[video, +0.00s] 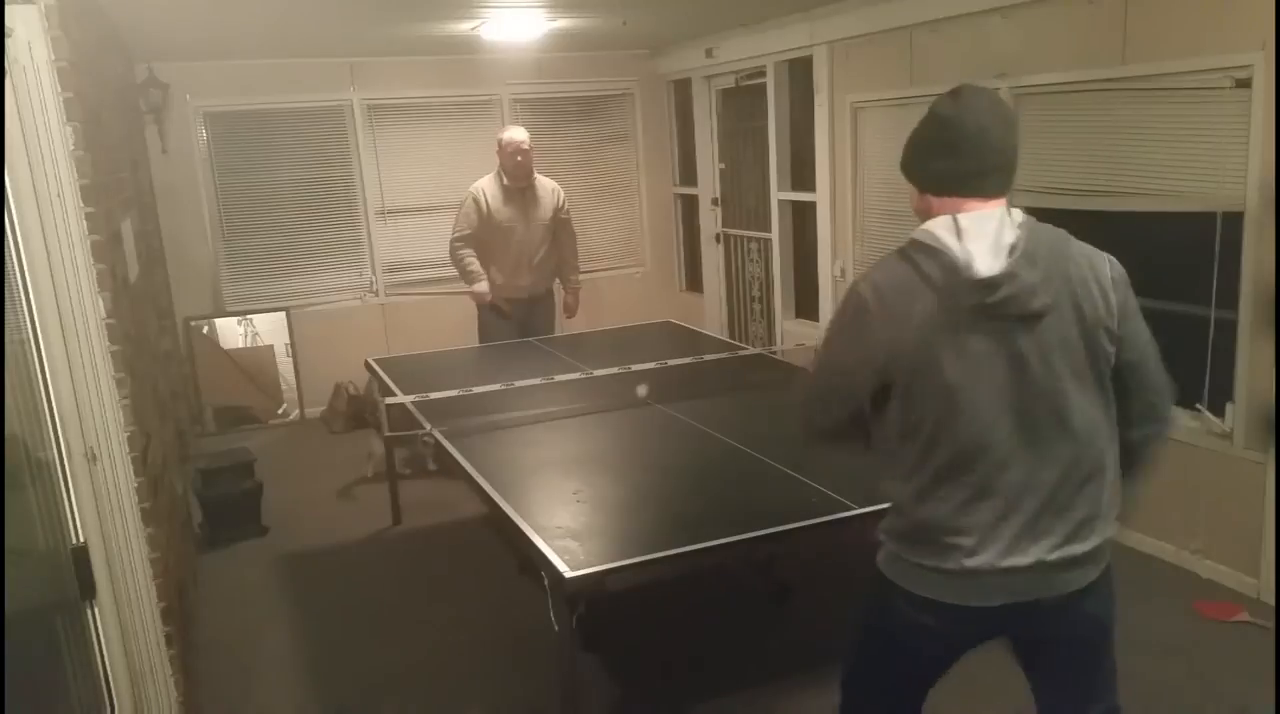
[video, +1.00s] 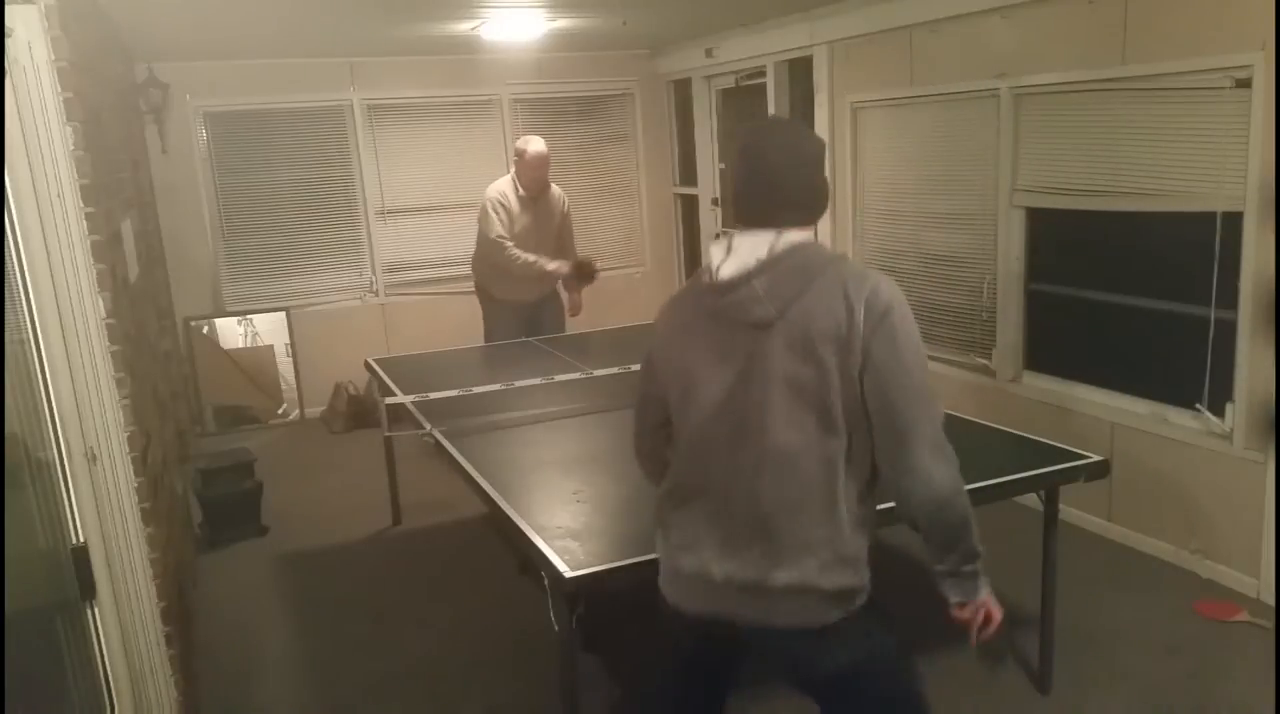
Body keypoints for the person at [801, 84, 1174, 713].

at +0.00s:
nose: (913, 195)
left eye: (912, 182)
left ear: (919, 188)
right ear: (1008, 176)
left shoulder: (884, 294)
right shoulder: (1095, 275)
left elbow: (825, 418)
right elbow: (1149, 410)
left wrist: (913, 428)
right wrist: (1098, 481)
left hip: (933, 590)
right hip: (1071, 587)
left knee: (874, 705)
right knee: (1087, 707)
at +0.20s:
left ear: (890, 176)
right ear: (978, 177)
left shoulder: (844, 277)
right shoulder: (1046, 281)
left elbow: (791, 320)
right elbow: (1120, 447)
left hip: (880, 571)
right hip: (1008, 572)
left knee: (849, 697)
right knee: (1070, 699)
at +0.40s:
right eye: (924, 124)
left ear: (843, 131)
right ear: (926, 137)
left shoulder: (797, 235)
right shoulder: (948, 230)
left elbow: (791, 360)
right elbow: (880, 370)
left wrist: (797, 452)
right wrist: (802, 458)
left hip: (827, 535)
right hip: (927, 538)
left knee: (824, 694)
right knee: (988, 693)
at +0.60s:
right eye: (862, 93)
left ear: (783, 107)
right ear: (869, 106)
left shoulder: (748, 211)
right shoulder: (894, 192)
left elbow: (745, 356)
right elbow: (872, 353)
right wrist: (815, 492)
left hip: (770, 519)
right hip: (869, 531)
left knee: (794, 690)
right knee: (868, 693)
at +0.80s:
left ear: (757, 183)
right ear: (843, 184)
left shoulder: (708, 288)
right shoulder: (874, 286)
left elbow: (688, 429)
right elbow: (891, 469)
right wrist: (905, 618)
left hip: (712, 570)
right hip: (816, 589)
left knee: (743, 698)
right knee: (812, 699)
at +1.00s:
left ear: (730, 202)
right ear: (821, 201)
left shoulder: (682, 310)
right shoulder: (863, 298)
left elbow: (653, 451)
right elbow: (920, 469)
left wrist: (716, 500)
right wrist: (963, 576)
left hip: (695, 597)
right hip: (819, 603)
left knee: (680, 702)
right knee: (890, 701)